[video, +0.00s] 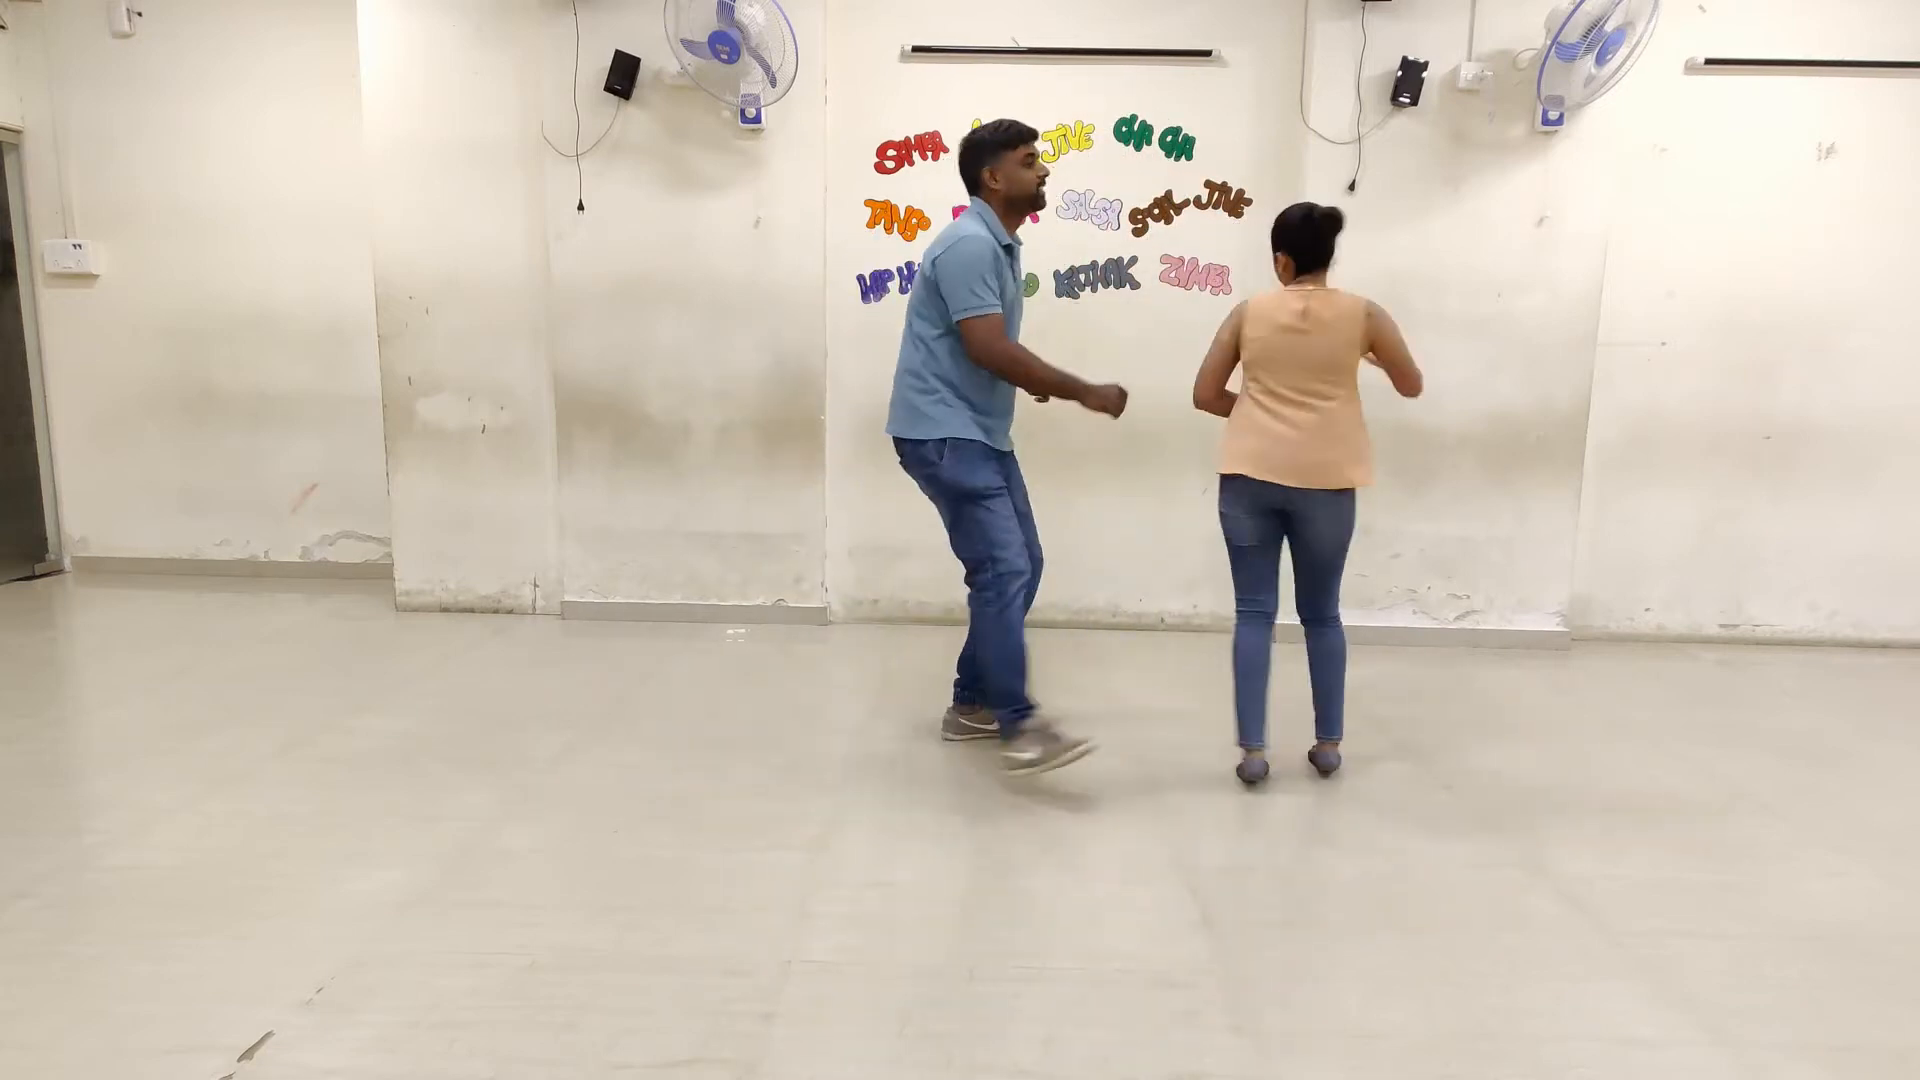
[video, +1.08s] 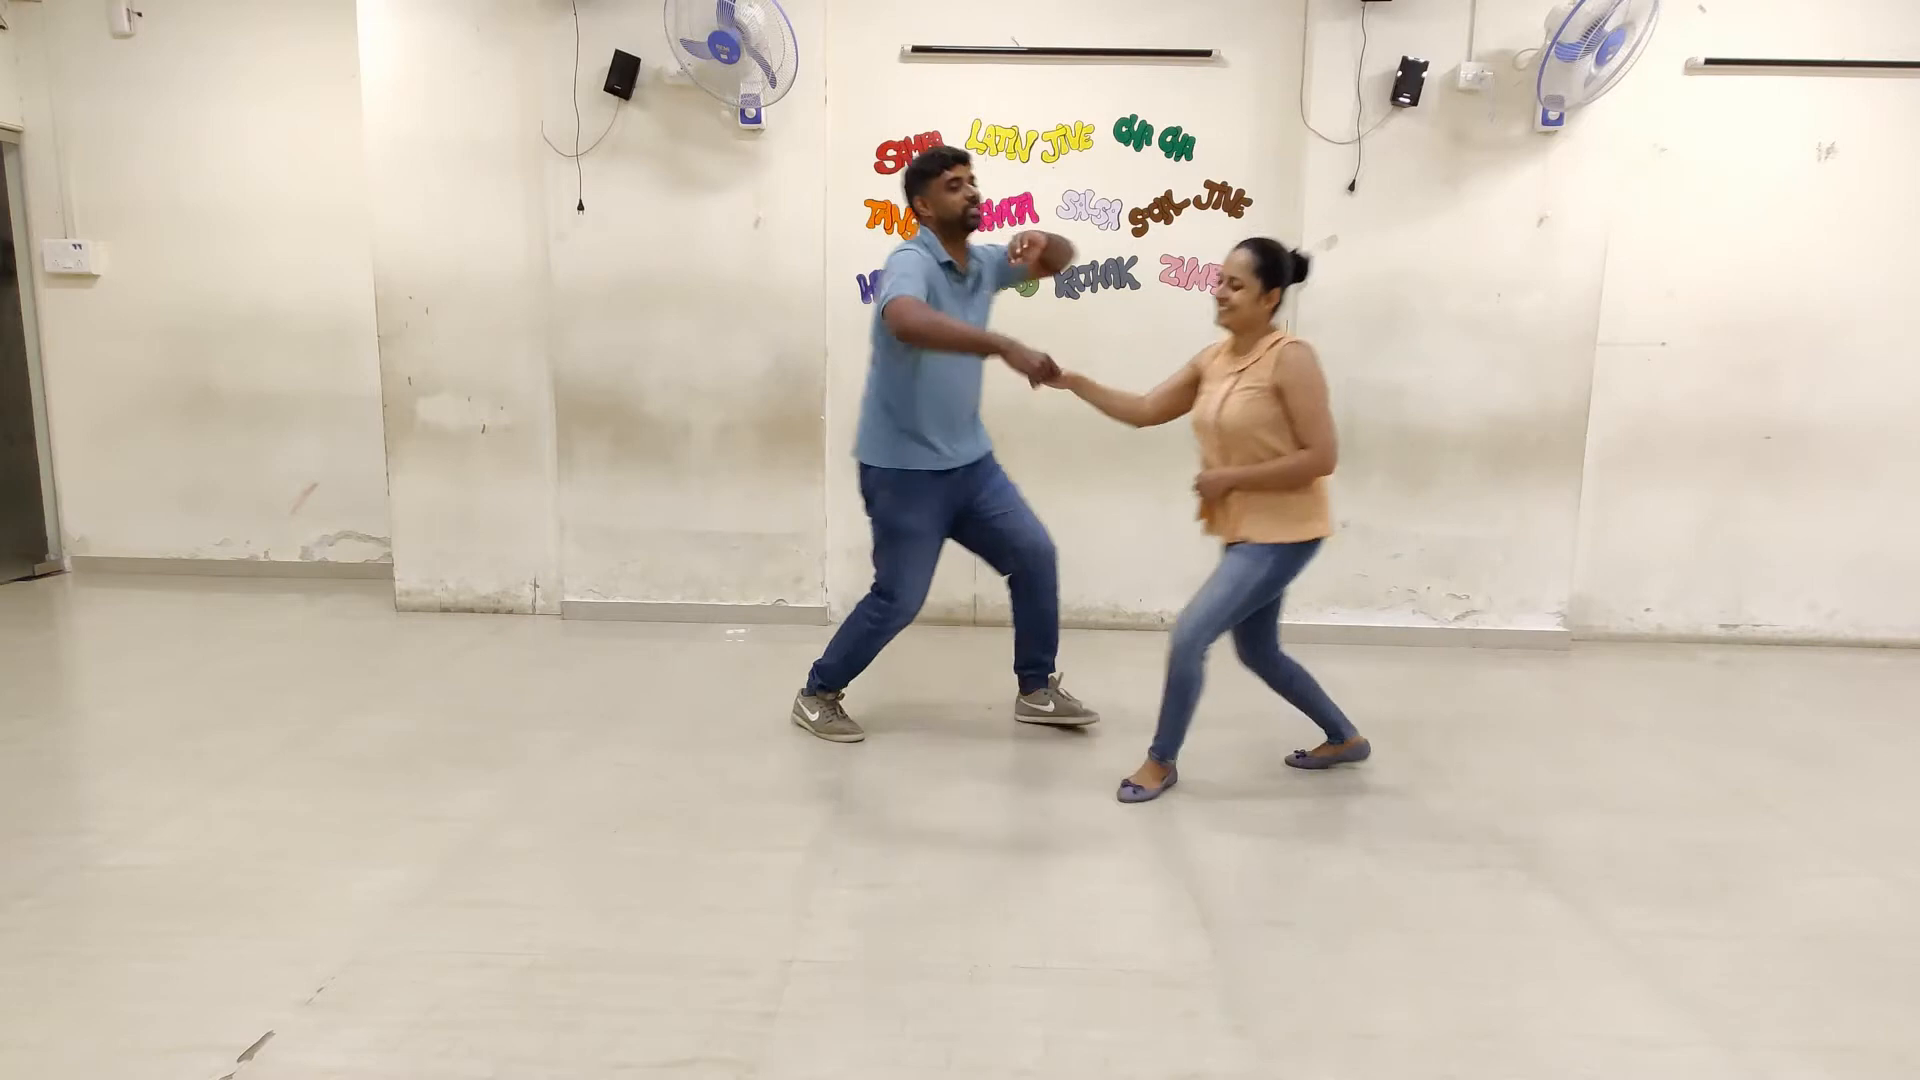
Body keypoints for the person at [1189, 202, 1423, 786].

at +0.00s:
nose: (1273, 262)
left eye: (1274, 254)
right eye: (1278, 253)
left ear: (1281, 258)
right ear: (1332, 256)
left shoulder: (1250, 312)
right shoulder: (1362, 315)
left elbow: (1206, 394)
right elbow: (1410, 383)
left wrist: (1258, 407)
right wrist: (1374, 351)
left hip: (1248, 477)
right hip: (1326, 483)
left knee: (1252, 611)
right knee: (1321, 611)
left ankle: (1252, 752)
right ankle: (1328, 745)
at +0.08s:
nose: (1273, 261)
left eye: (1275, 253)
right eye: (1277, 252)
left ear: (1286, 258)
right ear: (1332, 254)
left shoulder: (1255, 311)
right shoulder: (1367, 315)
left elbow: (1206, 393)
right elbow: (1403, 379)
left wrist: (1255, 404)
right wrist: (1360, 345)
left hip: (1255, 477)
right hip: (1333, 483)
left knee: (1259, 613)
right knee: (1323, 610)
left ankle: (1265, 754)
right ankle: (1331, 745)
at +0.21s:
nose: (1278, 262)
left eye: (1286, 252)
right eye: (1280, 250)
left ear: (1318, 255)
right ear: (1329, 256)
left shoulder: (1301, 306)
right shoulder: (1359, 308)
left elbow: (1259, 401)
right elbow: (1308, 368)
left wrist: (1257, 405)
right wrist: (1237, 363)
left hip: (1303, 482)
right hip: (1359, 482)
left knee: (1282, 620)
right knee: (1320, 613)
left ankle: (1309, 756)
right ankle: (1343, 743)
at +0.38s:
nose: (1280, 294)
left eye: (1290, 283)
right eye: (1282, 283)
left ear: (1325, 289)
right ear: (1318, 290)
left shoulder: (1349, 351)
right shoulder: (1303, 355)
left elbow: (1337, 449)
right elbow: (1240, 406)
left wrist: (1278, 462)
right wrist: (1158, 400)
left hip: (1358, 519)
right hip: (1338, 518)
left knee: (1270, 633)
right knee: (1286, 631)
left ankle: (1318, 761)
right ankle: (1343, 742)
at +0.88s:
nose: (1269, 262)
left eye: (1279, 252)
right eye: (1270, 252)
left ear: (1318, 255)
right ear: (1305, 256)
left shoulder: (1350, 323)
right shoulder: (1279, 321)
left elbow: (1350, 425)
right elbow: (1200, 358)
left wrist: (1285, 444)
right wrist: (1120, 338)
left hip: (1366, 496)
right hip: (1331, 498)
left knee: (1282, 612)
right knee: (1323, 623)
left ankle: (1308, 739)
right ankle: (1351, 742)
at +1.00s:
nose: (1237, 283)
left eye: (1250, 275)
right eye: (1239, 272)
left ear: (1288, 284)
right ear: (1254, 281)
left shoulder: (1316, 347)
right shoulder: (1242, 347)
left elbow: (1337, 447)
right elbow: (1167, 394)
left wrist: (1256, 466)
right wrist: (1091, 371)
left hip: (1315, 518)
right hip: (1277, 518)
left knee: (1222, 624)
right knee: (1278, 641)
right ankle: (1348, 743)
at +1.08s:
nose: (1220, 293)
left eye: (1234, 285)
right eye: (1219, 282)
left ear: (1270, 297)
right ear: (1220, 285)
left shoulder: (1292, 358)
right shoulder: (1214, 359)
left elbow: (1322, 457)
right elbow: (1146, 409)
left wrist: (1231, 478)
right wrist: (1074, 382)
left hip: (1285, 532)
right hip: (1245, 530)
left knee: (1190, 632)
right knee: (1258, 651)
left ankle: (1160, 762)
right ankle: (1345, 738)